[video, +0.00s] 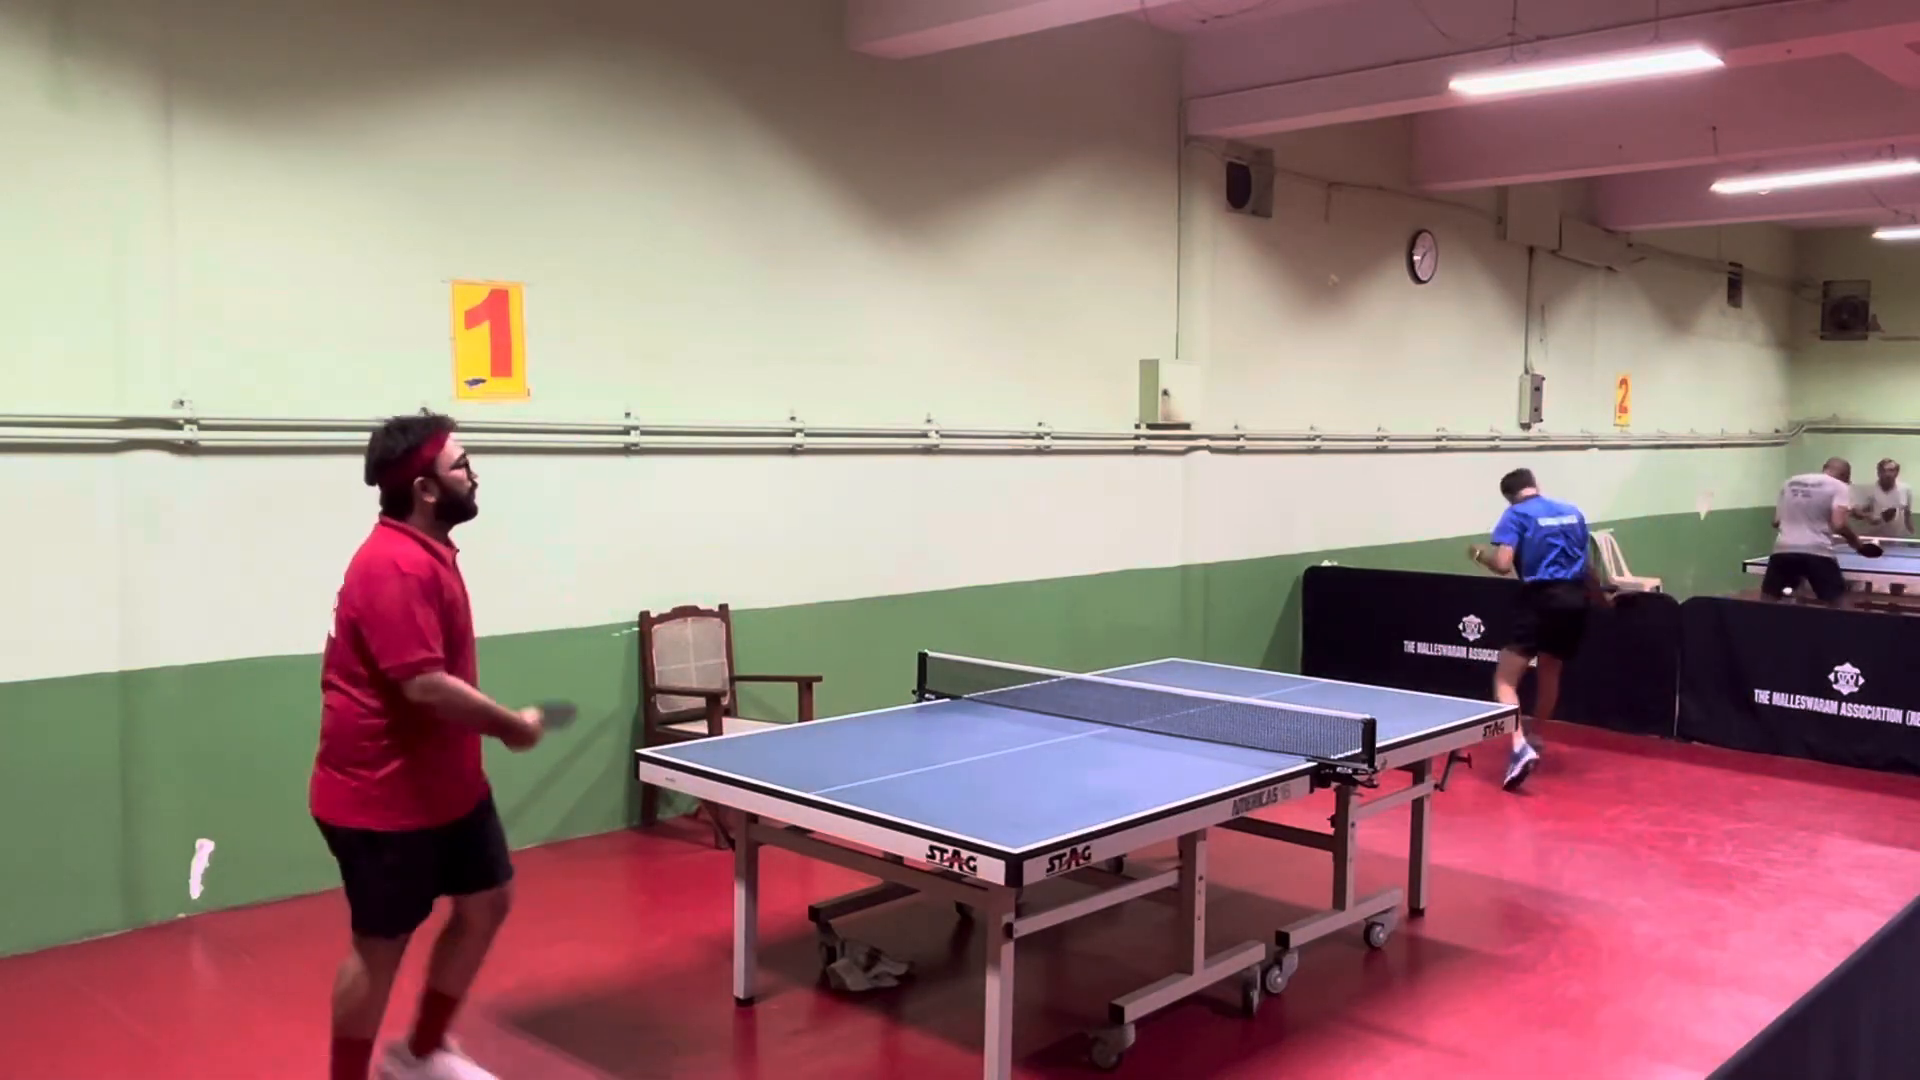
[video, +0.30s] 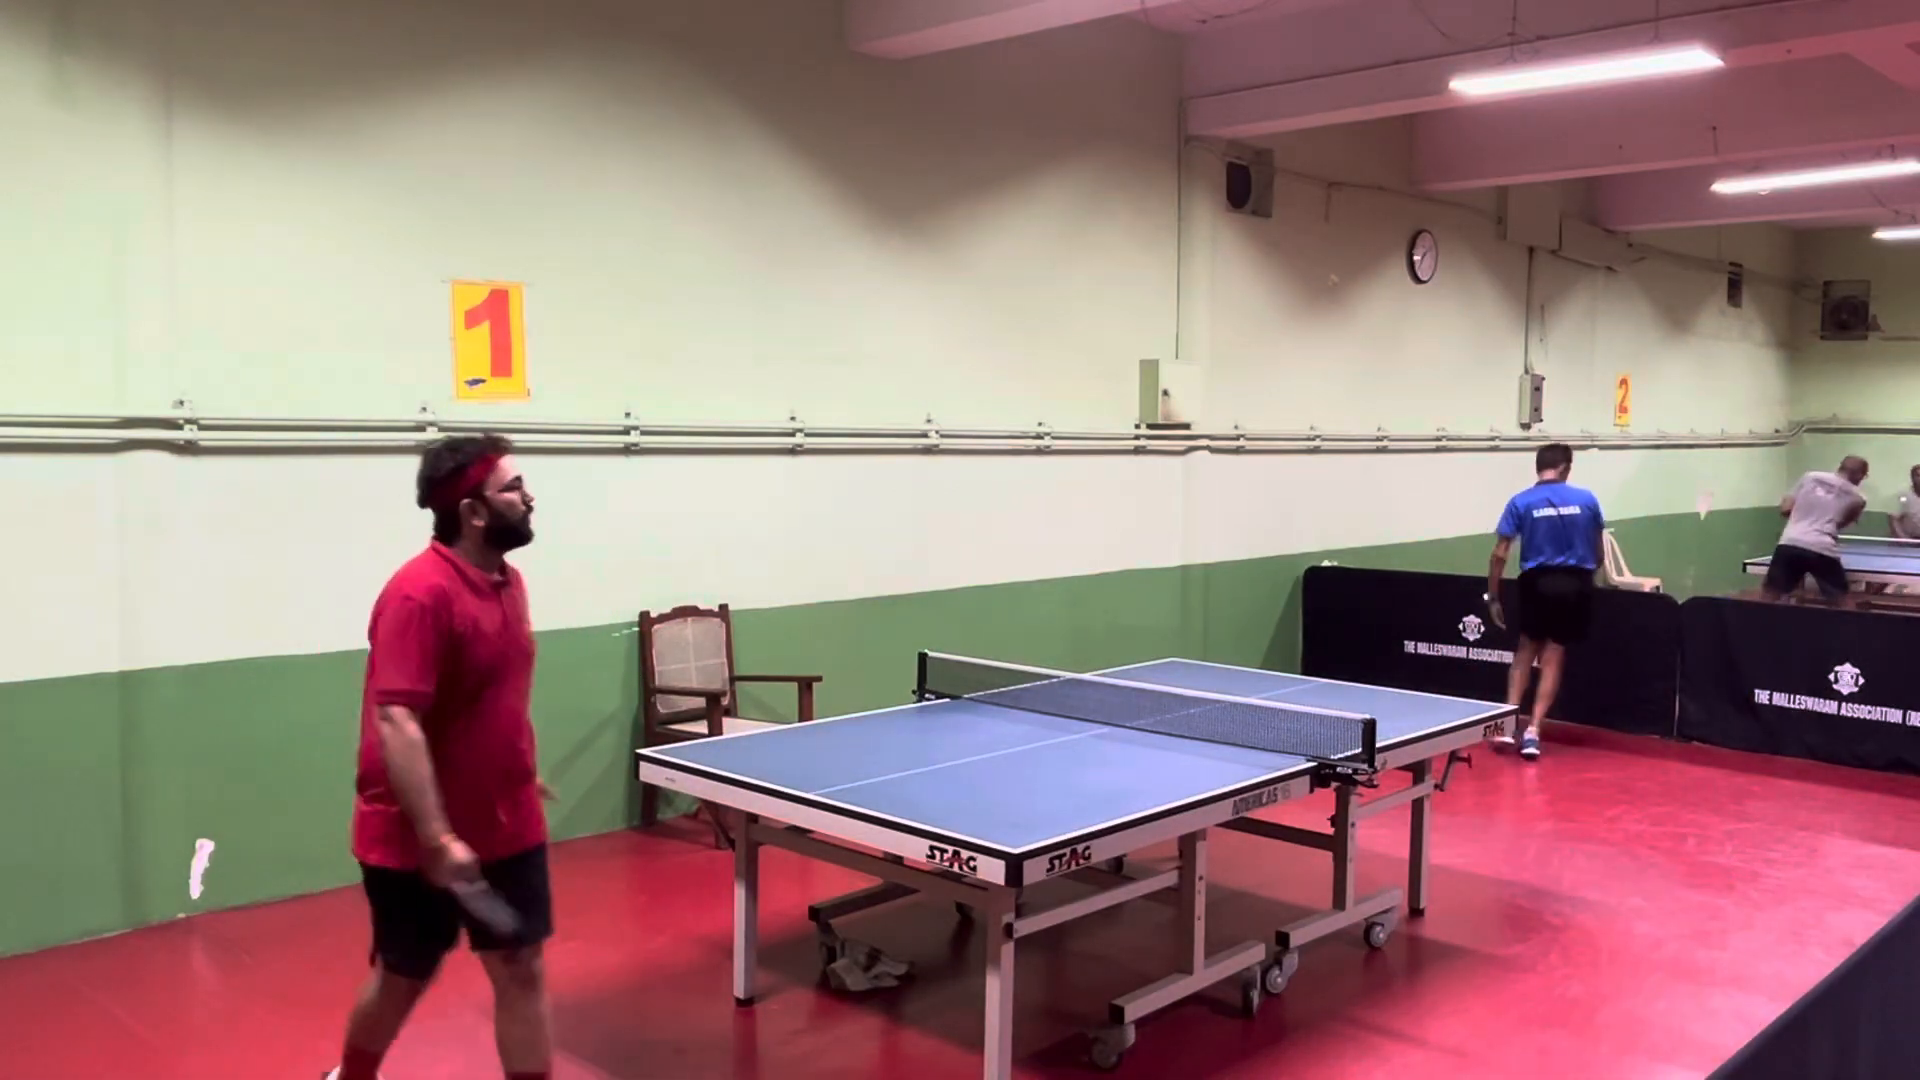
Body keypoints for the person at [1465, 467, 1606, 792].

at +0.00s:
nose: (1513, 504)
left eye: (1509, 500)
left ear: (1510, 496)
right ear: (1537, 486)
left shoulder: (1516, 513)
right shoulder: (1573, 512)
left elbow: (1503, 562)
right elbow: (1585, 562)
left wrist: (1481, 555)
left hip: (1539, 601)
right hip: (1576, 602)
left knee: (1505, 681)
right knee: (1549, 667)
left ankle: (1519, 747)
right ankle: (1535, 738)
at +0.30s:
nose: (1564, 473)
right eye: (1567, 468)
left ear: (1537, 470)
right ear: (1566, 469)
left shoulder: (1521, 502)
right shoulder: (1587, 499)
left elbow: (1500, 555)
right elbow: (1599, 555)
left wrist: (1493, 597)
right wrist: (1582, 574)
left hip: (1535, 584)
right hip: (1575, 585)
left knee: (1524, 655)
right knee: (1552, 658)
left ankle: (1507, 725)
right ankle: (1533, 731)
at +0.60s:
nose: (1600, 485)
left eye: (1600, 479)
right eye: (1598, 478)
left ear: (1570, 476)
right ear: (1586, 476)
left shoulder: (1541, 511)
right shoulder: (1598, 507)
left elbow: (1522, 562)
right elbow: (1605, 557)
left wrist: (1516, 605)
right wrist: (1625, 605)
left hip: (1554, 592)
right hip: (1589, 593)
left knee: (1562, 653)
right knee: (1597, 663)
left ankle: (1545, 722)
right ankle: (1540, 714)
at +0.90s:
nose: (1661, 490)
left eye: (1663, 483)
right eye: (1660, 483)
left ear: (1634, 475)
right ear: (1647, 478)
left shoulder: (1610, 501)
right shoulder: (1632, 509)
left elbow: (1597, 552)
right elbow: (1625, 562)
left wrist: (1640, 586)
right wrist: (1655, 601)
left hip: (1593, 585)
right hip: (1617, 590)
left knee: (1580, 649)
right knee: (1672, 653)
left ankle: (1546, 720)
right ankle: (1666, 732)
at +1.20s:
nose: (1756, 505)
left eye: (1758, 499)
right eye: (1755, 498)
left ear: (1735, 490)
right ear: (1739, 492)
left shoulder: (1720, 517)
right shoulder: (1709, 520)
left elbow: (1706, 572)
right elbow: (1687, 575)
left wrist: (1719, 610)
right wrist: (1705, 622)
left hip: (1690, 593)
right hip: (1691, 595)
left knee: (1688, 658)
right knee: (1730, 665)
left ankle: (1611, 699)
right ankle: (1714, 743)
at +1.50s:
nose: (1840, 510)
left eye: (1844, 505)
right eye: (1839, 502)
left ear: (1835, 499)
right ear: (1825, 491)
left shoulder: (1818, 525)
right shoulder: (1780, 517)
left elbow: (1820, 578)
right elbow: (1749, 567)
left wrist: (1836, 623)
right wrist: (1747, 619)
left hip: (1798, 607)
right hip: (1768, 604)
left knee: (1831, 667)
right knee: (1758, 676)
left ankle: (1832, 747)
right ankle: (1715, 743)